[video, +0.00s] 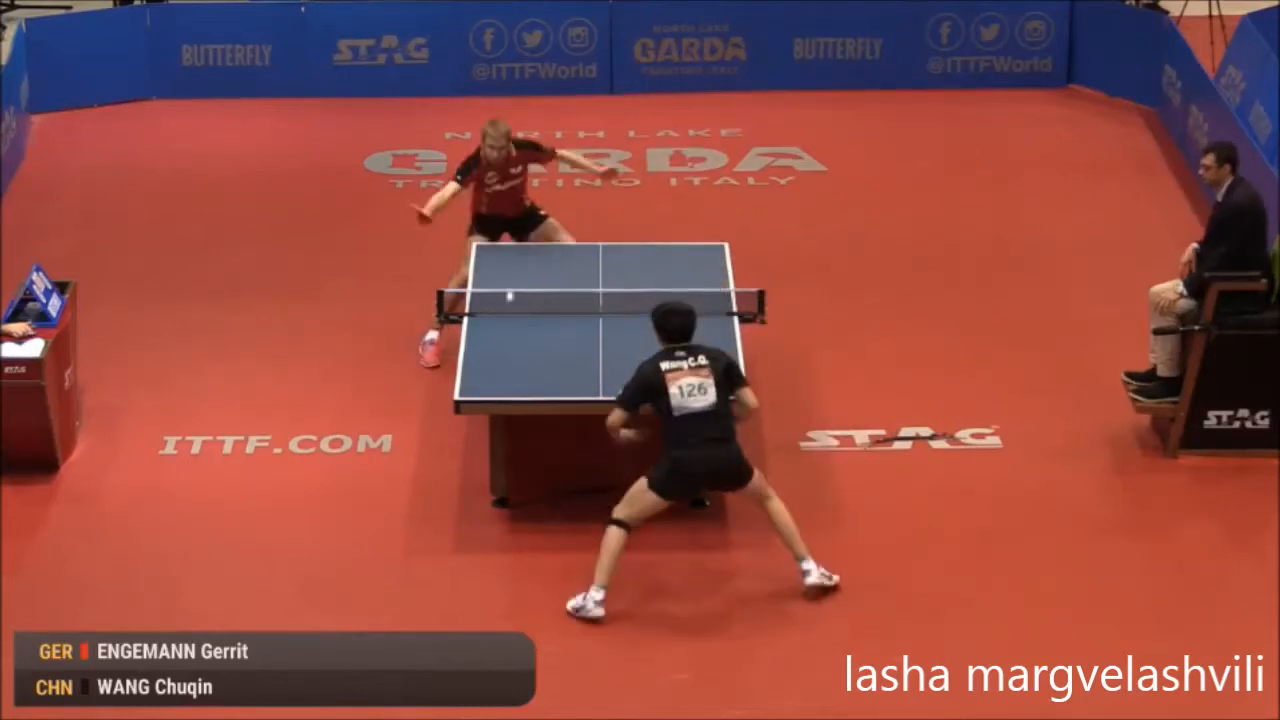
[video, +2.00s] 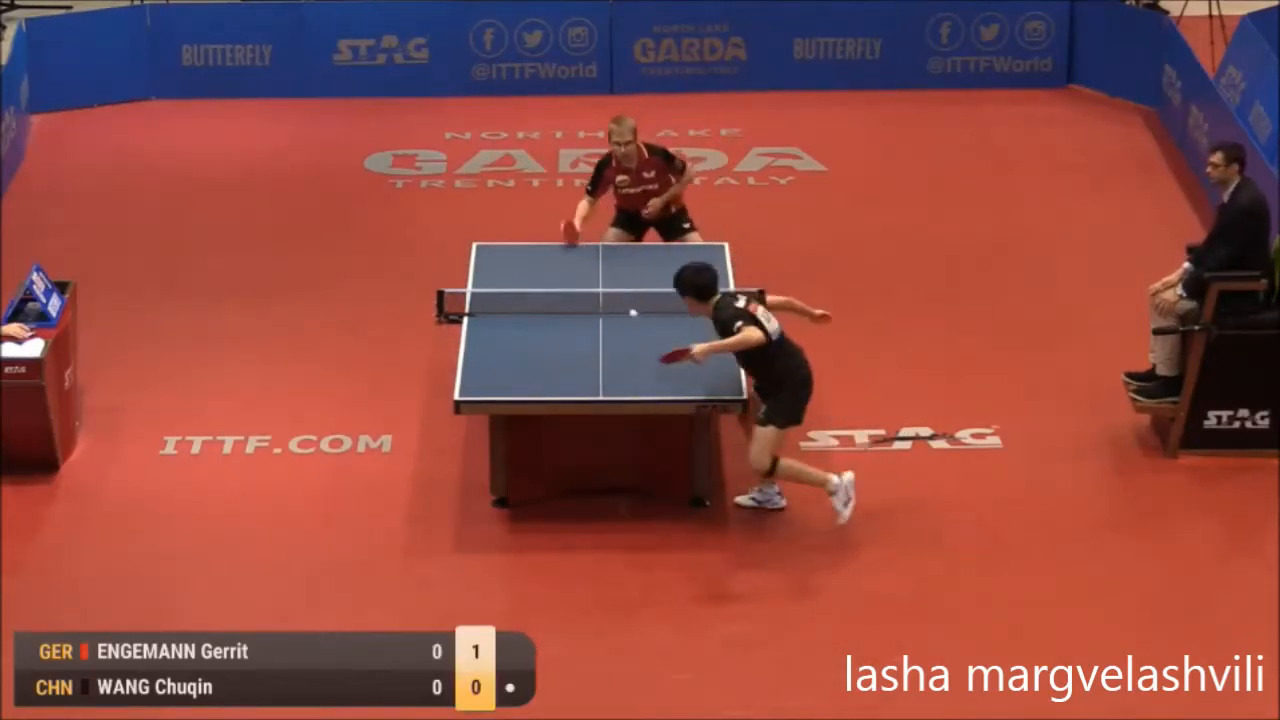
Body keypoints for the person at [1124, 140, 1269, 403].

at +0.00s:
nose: (1201, 173)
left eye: (1206, 168)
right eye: (1201, 167)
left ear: (1226, 168)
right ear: (1222, 169)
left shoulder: (1237, 203)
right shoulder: (1233, 194)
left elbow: (1221, 260)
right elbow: (1217, 239)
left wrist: (1184, 288)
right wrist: (1195, 247)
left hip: (1236, 291)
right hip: (1226, 280)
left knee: (1163, 303)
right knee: (1157, 294)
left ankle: (1170, 378)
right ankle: (1161, 368)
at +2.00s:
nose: (1208, 171)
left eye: (1215, 166)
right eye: (1208, 165)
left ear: (1234, 168)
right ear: (1230, 169)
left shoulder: (1245, 202)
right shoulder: (1236, 197)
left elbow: (1221, 257)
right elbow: (1209, 248)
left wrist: (1183, 290)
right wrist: (1178, 275)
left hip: (1239, 293)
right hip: (1225, 283)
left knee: (1165, 306)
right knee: (1158, 298)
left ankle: (1170, 379)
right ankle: (1160, 369)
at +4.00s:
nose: (1202, 174)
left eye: (1208, 170)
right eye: (1204, 168)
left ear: (1225, 176)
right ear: (1223, 176)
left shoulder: (1243, 207)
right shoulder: (1226, 198)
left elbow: (1224, 262)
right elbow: (1207, 244)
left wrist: (1184, 288)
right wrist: (1180, 273)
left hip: (1237, 290)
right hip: (1221, 278)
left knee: (1166, 305)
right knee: (1156, 295)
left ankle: (1169, 378)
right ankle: (1161, 369)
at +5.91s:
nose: (1206, 175)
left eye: (1211, 170)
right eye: (1206, 169)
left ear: (1229, 171)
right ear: (1223, 172)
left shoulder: (1246, 206)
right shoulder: (1229, 200)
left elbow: (1227, 263)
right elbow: (1209, 244)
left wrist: (1185, 287)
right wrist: (1179, 274)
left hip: (1238, 291)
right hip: (1221, 279)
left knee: (1166, 305)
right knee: (1156, 295)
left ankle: (1169, 378)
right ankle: (1160, 369)